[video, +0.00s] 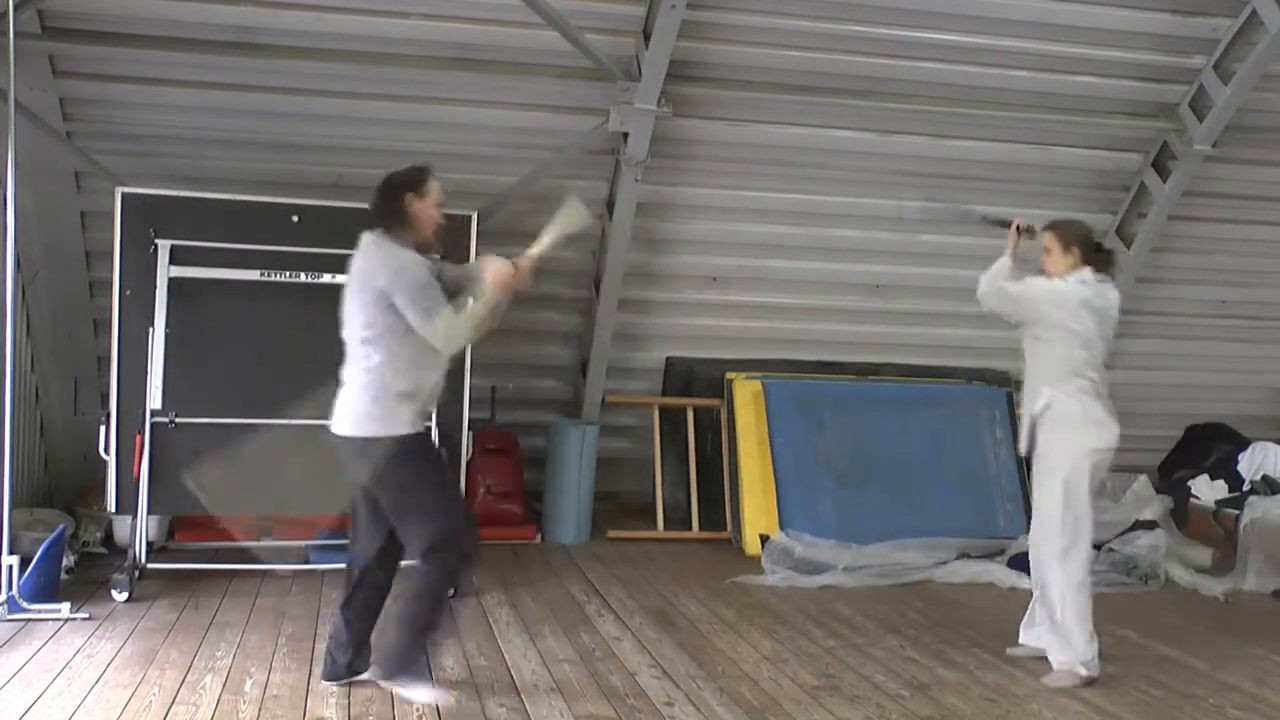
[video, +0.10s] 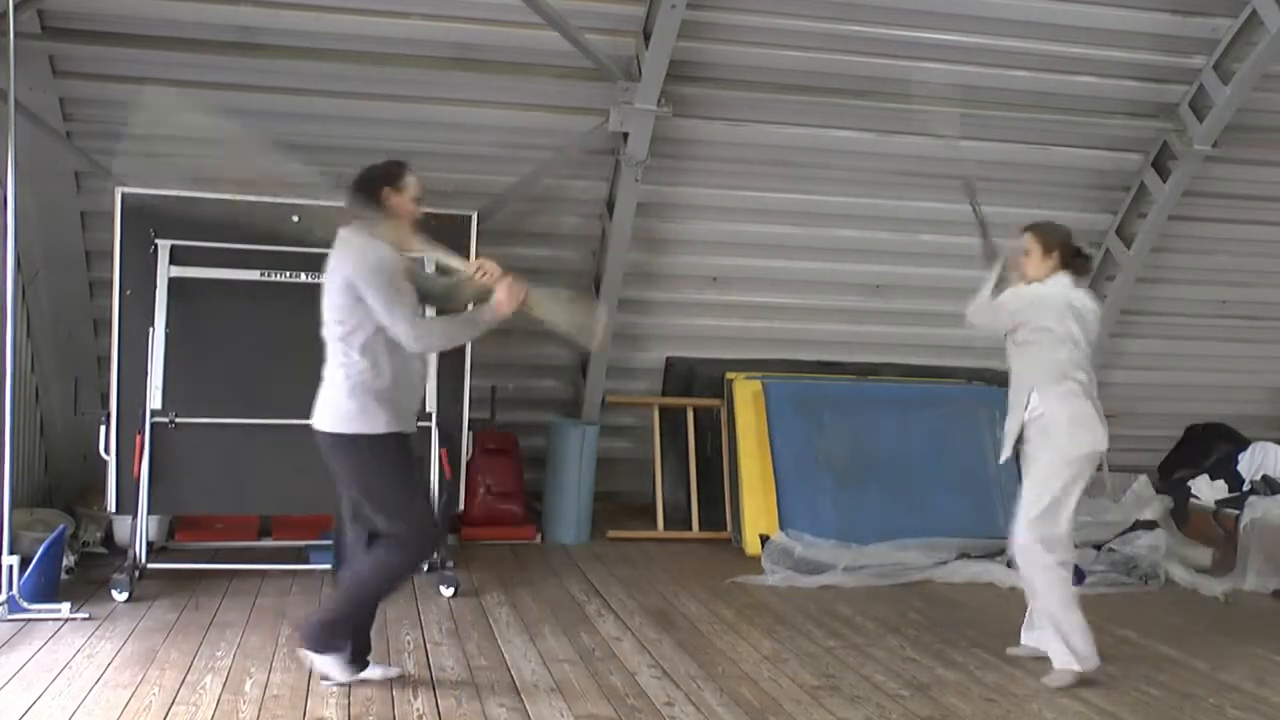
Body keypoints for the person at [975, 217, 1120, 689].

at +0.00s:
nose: (1041, 260)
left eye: (1048, 253)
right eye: (1042, 252)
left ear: (1073, 255)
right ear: (1080, 257)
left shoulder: (1053, 295)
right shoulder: (1100, 296)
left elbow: (991, 292)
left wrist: (1009, 254)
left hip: (1068, 429)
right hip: (1090, 426)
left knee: (1059, 540)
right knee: (1056, 534)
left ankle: (1077, 658)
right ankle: (1044, 633)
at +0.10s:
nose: (1019, 262)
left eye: (1027, 253)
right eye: (1020, 253)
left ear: (1052, 258)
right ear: (1060, 262)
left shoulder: (1035, 296)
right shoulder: (1083, 303)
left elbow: (978, 315)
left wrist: (999, 273)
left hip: (1057, 432)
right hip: (1084, 432)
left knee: (1029, 539)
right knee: (1050, 536)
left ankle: (1077, 656)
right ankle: (1041, 635)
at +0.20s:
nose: (1009, 268)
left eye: (1016, 260)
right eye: (1009, 260)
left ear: (1040, 263)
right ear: (1045, 265)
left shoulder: (1028, 302)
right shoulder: (1059, 307)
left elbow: (972, 342)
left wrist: (969, 335)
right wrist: (985, 347)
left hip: (1054, 444)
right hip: (1078, 444)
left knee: (1011, 539)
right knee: (1046, 543)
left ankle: (1052, 648)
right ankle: (1046, 639)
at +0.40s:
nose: (987, 274)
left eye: (995, 265)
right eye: (986, 265)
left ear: (1023, 267)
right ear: (1012, 268)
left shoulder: (1035, 302)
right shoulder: (998, 315)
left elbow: (978, 326)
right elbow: (957, 377)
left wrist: (927, 330)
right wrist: (930, 349)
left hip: (1034, 449)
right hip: (1006, 449)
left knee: (983, 547)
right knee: (1023, 548)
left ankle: (982, 662)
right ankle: (1048, 637)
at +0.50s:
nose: (974, 261)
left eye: (980, 253)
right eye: (972, 254)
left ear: (1004, 255)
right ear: (982, 257)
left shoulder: (1028, 294)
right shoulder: (976, 305)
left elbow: (969, 267)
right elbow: (927, 330)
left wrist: (917, 266)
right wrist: (907, 287)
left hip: (1013, 443)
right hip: (975, 441)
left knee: (976, 546)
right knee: (983, 541)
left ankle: (983, 663)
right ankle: (1040, 622)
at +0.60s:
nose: (967, 266)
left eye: (981, 250)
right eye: (971, 256)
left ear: (1000, 255)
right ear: (976, 256)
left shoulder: (1012, 291)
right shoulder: (957, 294)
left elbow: (972, 239)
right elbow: (917, 292)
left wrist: (922, 219)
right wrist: (909, 244)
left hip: (999, 441)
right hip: (956, 438)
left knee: (980, 551)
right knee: (939, 542)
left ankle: (982, 662)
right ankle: (1016, 597)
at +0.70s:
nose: (929, 259)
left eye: (938, 250)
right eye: (925, 251)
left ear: (963, 253)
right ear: (922, 257)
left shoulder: (982, 297)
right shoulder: (922, 298)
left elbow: (979, 238)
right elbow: (901, 257)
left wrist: (946, 197)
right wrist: (911, 214)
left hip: (976, 442)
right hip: (924, 442)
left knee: (975, 555)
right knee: (886, 533)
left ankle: (982, 661)